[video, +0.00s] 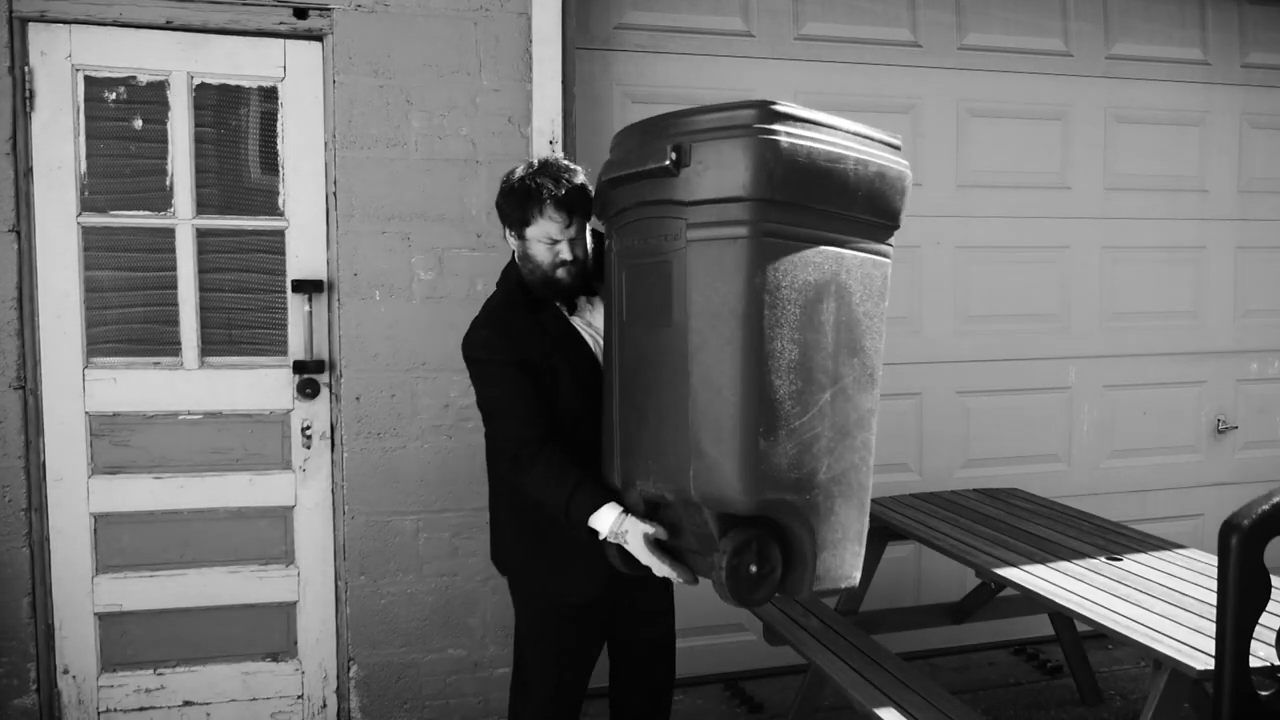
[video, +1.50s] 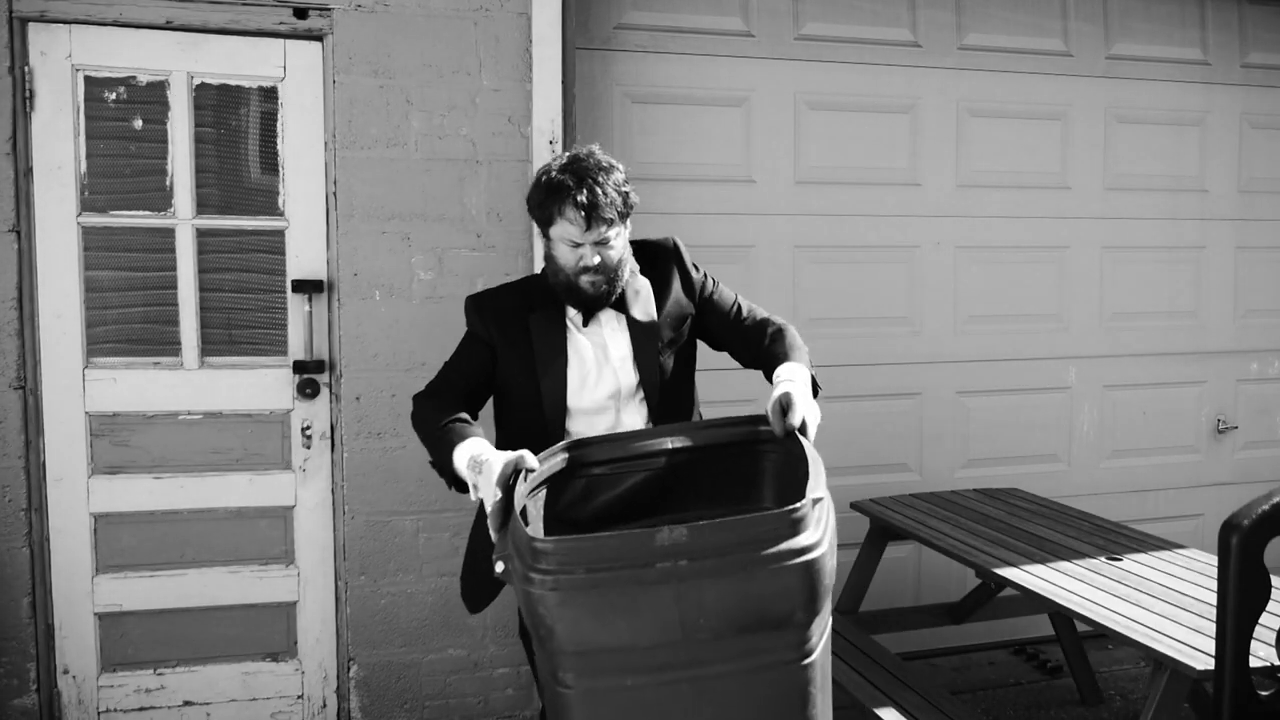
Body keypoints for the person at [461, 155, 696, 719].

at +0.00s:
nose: (568, 253)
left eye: (576, 236)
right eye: (551, 242)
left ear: (593, 226)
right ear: (515, 239)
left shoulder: (620, 287)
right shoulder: (496, 336)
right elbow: (528, 455)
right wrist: (615, 521)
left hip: (645, 542)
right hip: (558, 555)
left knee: (648, 700)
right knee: (546, 705)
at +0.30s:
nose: (587, 248)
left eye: (596, 232)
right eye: (570, 238)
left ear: (616, 224)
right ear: (542, 240)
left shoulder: (652, 293)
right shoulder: (530, 327)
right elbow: (539, 437)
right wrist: (598, 485)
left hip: (678, 524)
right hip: (594, 535)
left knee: (666, 685)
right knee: (591, 682)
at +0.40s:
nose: (589, 245)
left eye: (598, 227)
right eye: (572, 236)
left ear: (620, 219)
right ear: (545, 241)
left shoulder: (662, 292)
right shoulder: (535, 327)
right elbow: (538, 431)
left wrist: (762, 187)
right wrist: (589, 478)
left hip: (687, 526)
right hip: (600, 532)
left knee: (671, 683)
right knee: (593, 679)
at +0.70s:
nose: (585, 249)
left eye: (595, 231)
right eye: (567, 240)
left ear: (615, 221)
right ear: (545, 245)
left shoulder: (661, 256)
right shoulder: (530, 326)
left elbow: (725, 250)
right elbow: (506, 424)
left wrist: (741, 204)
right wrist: (522, 429)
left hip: (691, 498)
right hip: (592, 514)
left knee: (678, 669)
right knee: (585, 674)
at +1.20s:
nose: (572, 253)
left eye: (583, 235)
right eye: (553, 240)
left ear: (602, 220)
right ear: (523, 238)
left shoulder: (646, 263)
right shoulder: (493, 318)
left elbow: (716, 270)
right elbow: (424, 394)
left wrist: (760, 263)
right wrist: (451, 411)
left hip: (663, 527)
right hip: (553, 544)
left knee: (668, 684)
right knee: (577, 698)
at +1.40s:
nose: (584, 254)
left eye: (594, 236)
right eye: (564, 242)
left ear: (613, 219)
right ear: (531, 236)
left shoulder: (657, 271)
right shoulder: (494, 316)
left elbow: (754, 306)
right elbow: (422, 399)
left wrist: (780, 329)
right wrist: (467, 433)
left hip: (665, 534)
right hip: (557, 550)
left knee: (672, 691)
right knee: (566, 703)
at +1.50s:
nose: (592, 258)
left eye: (605, 239)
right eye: (572, 244)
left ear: (627, 225)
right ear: (543, 238)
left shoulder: (670, 278)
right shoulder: (503, 316)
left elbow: (768, 335)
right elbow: (436, 405)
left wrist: (793, 377)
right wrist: (476, 457)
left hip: (668, 534)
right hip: (557, 545)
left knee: (675, 693)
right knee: (570, 700)